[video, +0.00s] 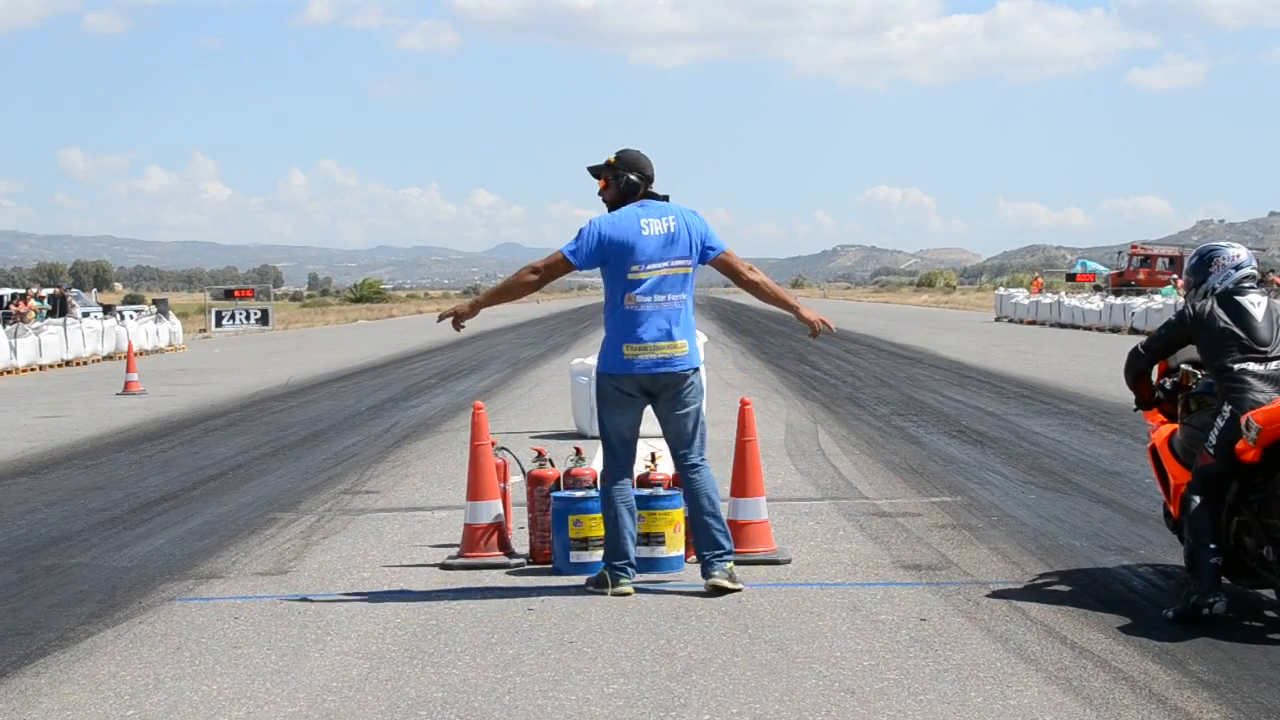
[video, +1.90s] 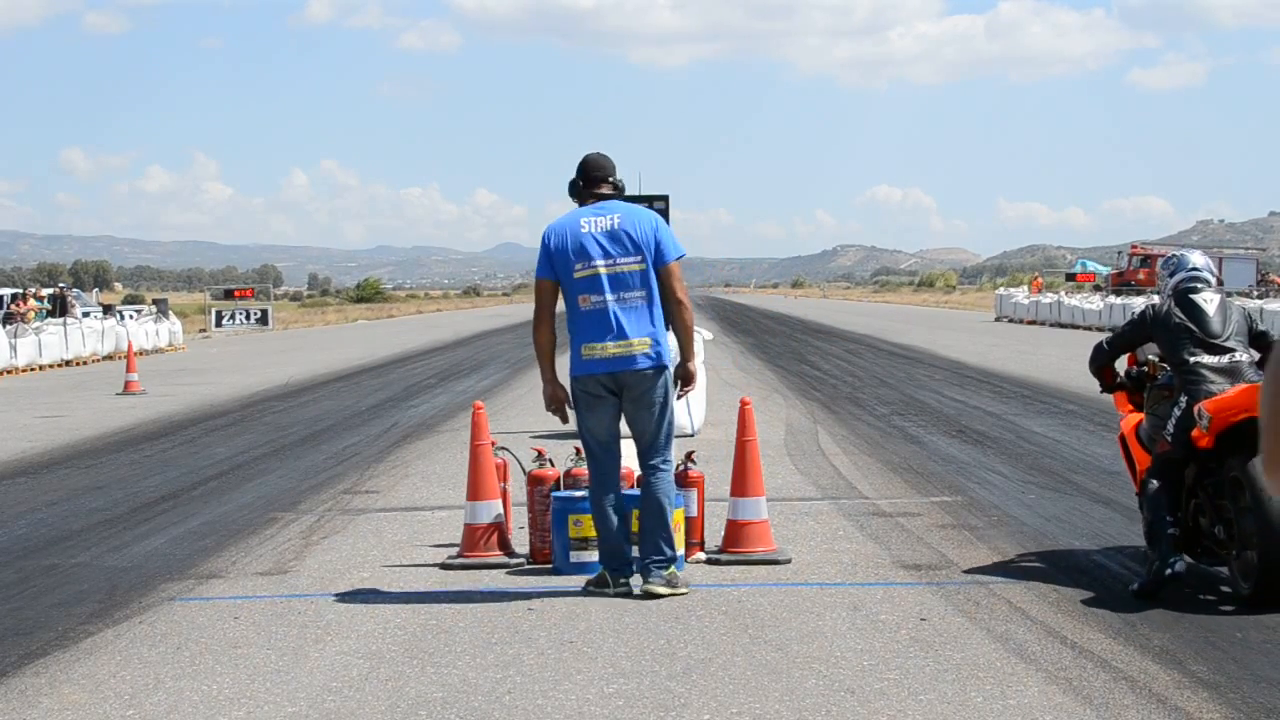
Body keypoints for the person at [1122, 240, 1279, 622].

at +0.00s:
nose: (1187, 288)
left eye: (1191, 280)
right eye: (1188, 281)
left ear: (1206, 276)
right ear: (1245, 268)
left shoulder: (1200, 309)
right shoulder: (1273, 303)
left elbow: (1139, 357)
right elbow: (1260, 353)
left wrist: (1148, 397)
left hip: (1244, 404)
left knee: (1199, 494)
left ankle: (1206, 592)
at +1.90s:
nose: (1163, 283)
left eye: (1164, 277)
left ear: (1169, 278)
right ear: (1213, 276)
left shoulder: (1158, 312)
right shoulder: (1238, 310)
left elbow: (1101, 354)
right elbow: (1271, 344)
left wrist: (1109, 380)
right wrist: (1253, 370)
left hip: (1199, 399)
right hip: (1251, 391)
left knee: (1158, 477)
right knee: (1267, 464)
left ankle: (1164, 559)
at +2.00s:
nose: (1162, 286)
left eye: (1164, 280)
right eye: (1163, 280)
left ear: (1172, 279)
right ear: (1212, 276)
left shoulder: (1162, 311)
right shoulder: (1241, 311)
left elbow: (1107, 351)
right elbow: (1250, 350)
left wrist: (1111, 380)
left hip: (1199, 402)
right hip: (1244, 400)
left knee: (1149, 478)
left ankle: (1165, 546)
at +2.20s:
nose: (1160, 289)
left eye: (1160, 282)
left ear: (1166, 282)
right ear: (1198, 280)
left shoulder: (1157, 314)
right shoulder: (1222, 312)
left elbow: (1104, 353)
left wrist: (1116, 386)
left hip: (1169, 425)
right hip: (1223, 419)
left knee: (1144, 482)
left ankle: (1155, 559)